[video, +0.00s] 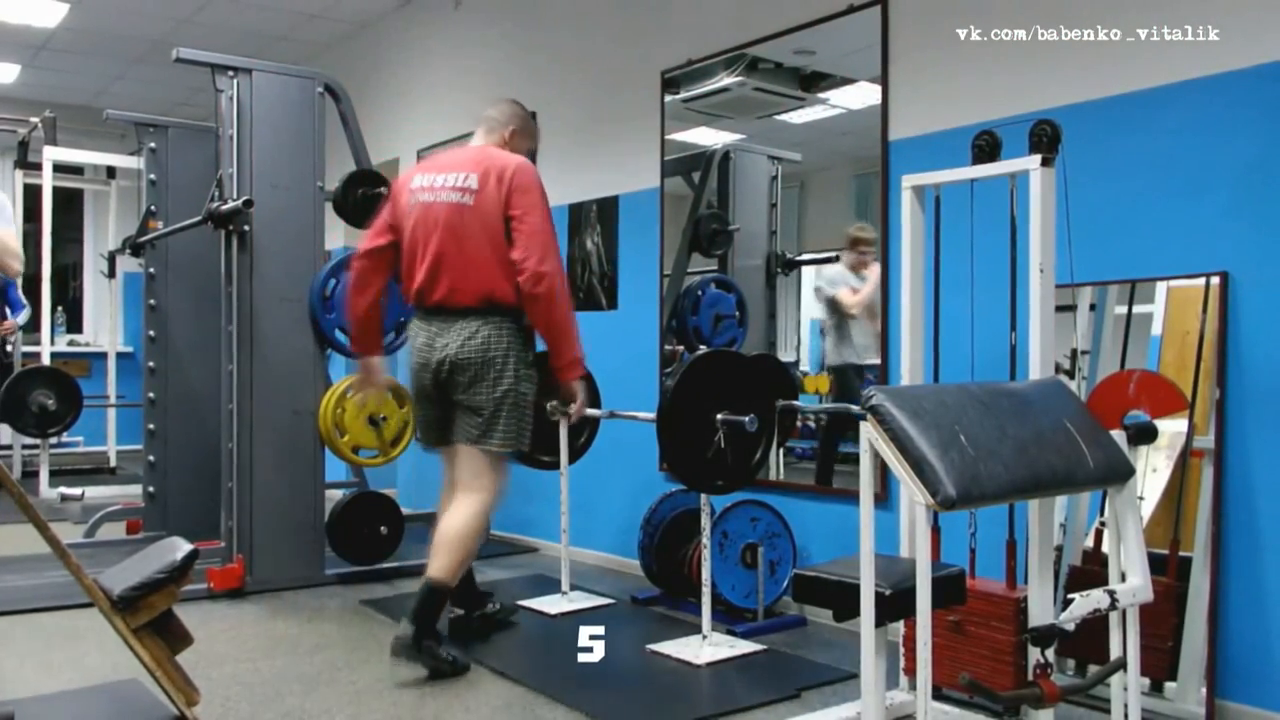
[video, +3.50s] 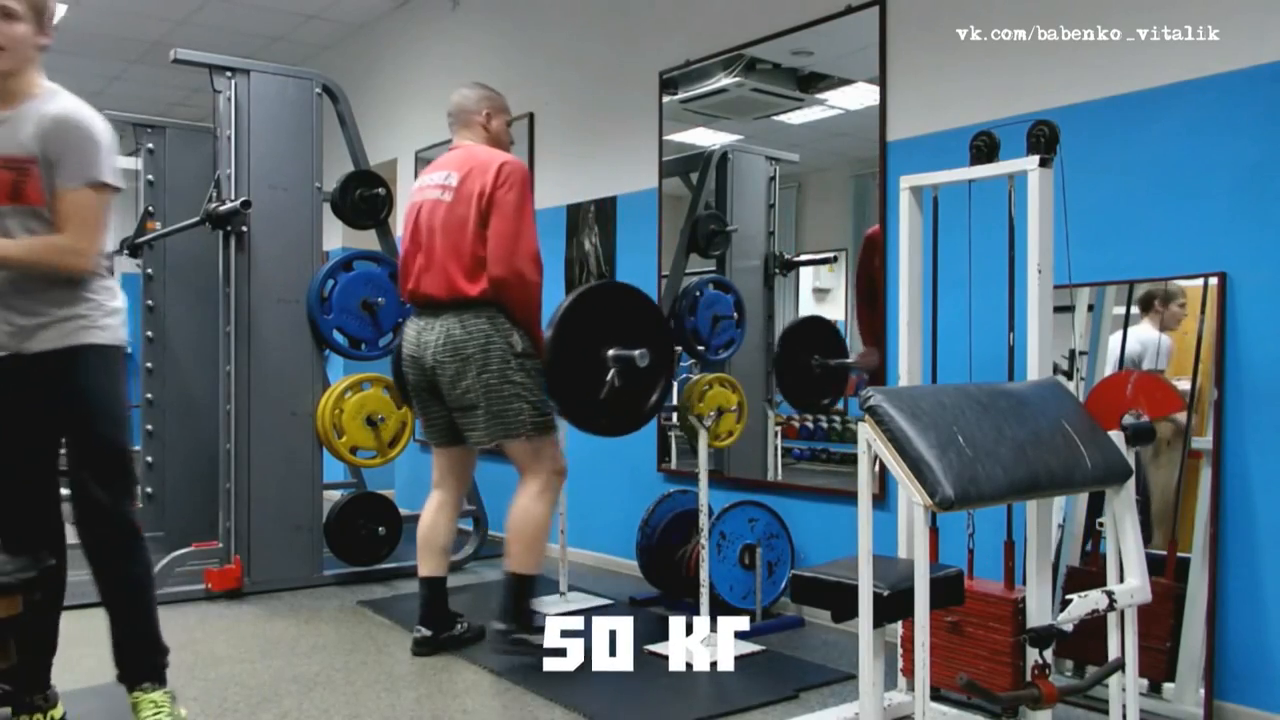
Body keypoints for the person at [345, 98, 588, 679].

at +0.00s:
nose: (527, 162)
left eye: (530, 155)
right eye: (529, 153)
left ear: (482, 128)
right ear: (513, 135)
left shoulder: (414, 175)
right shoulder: (515, 171)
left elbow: (367, 261)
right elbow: (538, 273)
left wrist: (368, 358)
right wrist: (570, 369)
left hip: (429, 337)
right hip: (489, 338)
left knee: (456, 481)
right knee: (477, 488)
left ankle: (468, 602)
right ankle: (421, 628)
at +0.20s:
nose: (546, 174)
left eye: (551, 167)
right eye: (548, 164)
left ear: (510, 138)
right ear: (530, 142)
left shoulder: (450, 179)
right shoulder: (519, 170)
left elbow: (430, 274)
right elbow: (539, 264)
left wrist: (450, 330)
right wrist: (585, 354)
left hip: (444, 333)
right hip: (498, 328)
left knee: (480, 472)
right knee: (561, 464)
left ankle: (469, 606)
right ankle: (487, 573)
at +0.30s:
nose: (557, 182)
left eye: (562, 174)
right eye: (560, 170)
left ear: (526, 140)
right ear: (543, 145)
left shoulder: (471, 177)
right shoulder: (522, 173)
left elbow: (466, 272)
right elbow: (545, 268)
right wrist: (592, 355)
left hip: (454, 330)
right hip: (504, 327)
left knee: (483, 472)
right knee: (574, 460)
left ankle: (471, 602)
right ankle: (542, 594)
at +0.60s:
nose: (616, 189)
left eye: (620, 183)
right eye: (620, 181)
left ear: (585, 151)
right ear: (614, 166)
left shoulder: (524, 180)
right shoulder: (593, 193)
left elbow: (495, 274)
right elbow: (602, 295)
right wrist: (628, 383)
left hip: (488, 328)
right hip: (544, 335)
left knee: (499, 473)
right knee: (579, 477)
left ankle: (473, 603)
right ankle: (595, 615)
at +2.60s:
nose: (640, 173)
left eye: (641, 166)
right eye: (641, 165)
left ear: (593, 153)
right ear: (627, 155)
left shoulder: (551, 192)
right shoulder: (626, 198)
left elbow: (511, 279)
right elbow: (617, 295)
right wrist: (632, 374)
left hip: (506, 328)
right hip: (563, 331)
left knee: (535, 470)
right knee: (599, 474)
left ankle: (533, 598)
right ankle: (589, 612)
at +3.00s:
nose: (583, 130)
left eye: (581, 121)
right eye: (580, 121)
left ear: (530, 122)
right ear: (563, 119)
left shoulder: (499, 175)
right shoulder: (580, 173)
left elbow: (482, 268)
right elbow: (591, 271)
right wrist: (610, 342)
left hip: (489, 336)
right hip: (552, 336)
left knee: (504, 466)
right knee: (585, 475)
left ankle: (449, 595)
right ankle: (586, 619)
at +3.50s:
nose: (509, 132)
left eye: (508, 123)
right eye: (507, 122)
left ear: (459, 122)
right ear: (486, 118)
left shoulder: (427, 177)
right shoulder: (504, 168)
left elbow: (408, 269)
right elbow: (511, 268)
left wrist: (438, 315)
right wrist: (532, 339)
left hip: (419, 333)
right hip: (480, 330)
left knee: (448, 479)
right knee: (542, 470)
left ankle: (434, 621)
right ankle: (516, 616)